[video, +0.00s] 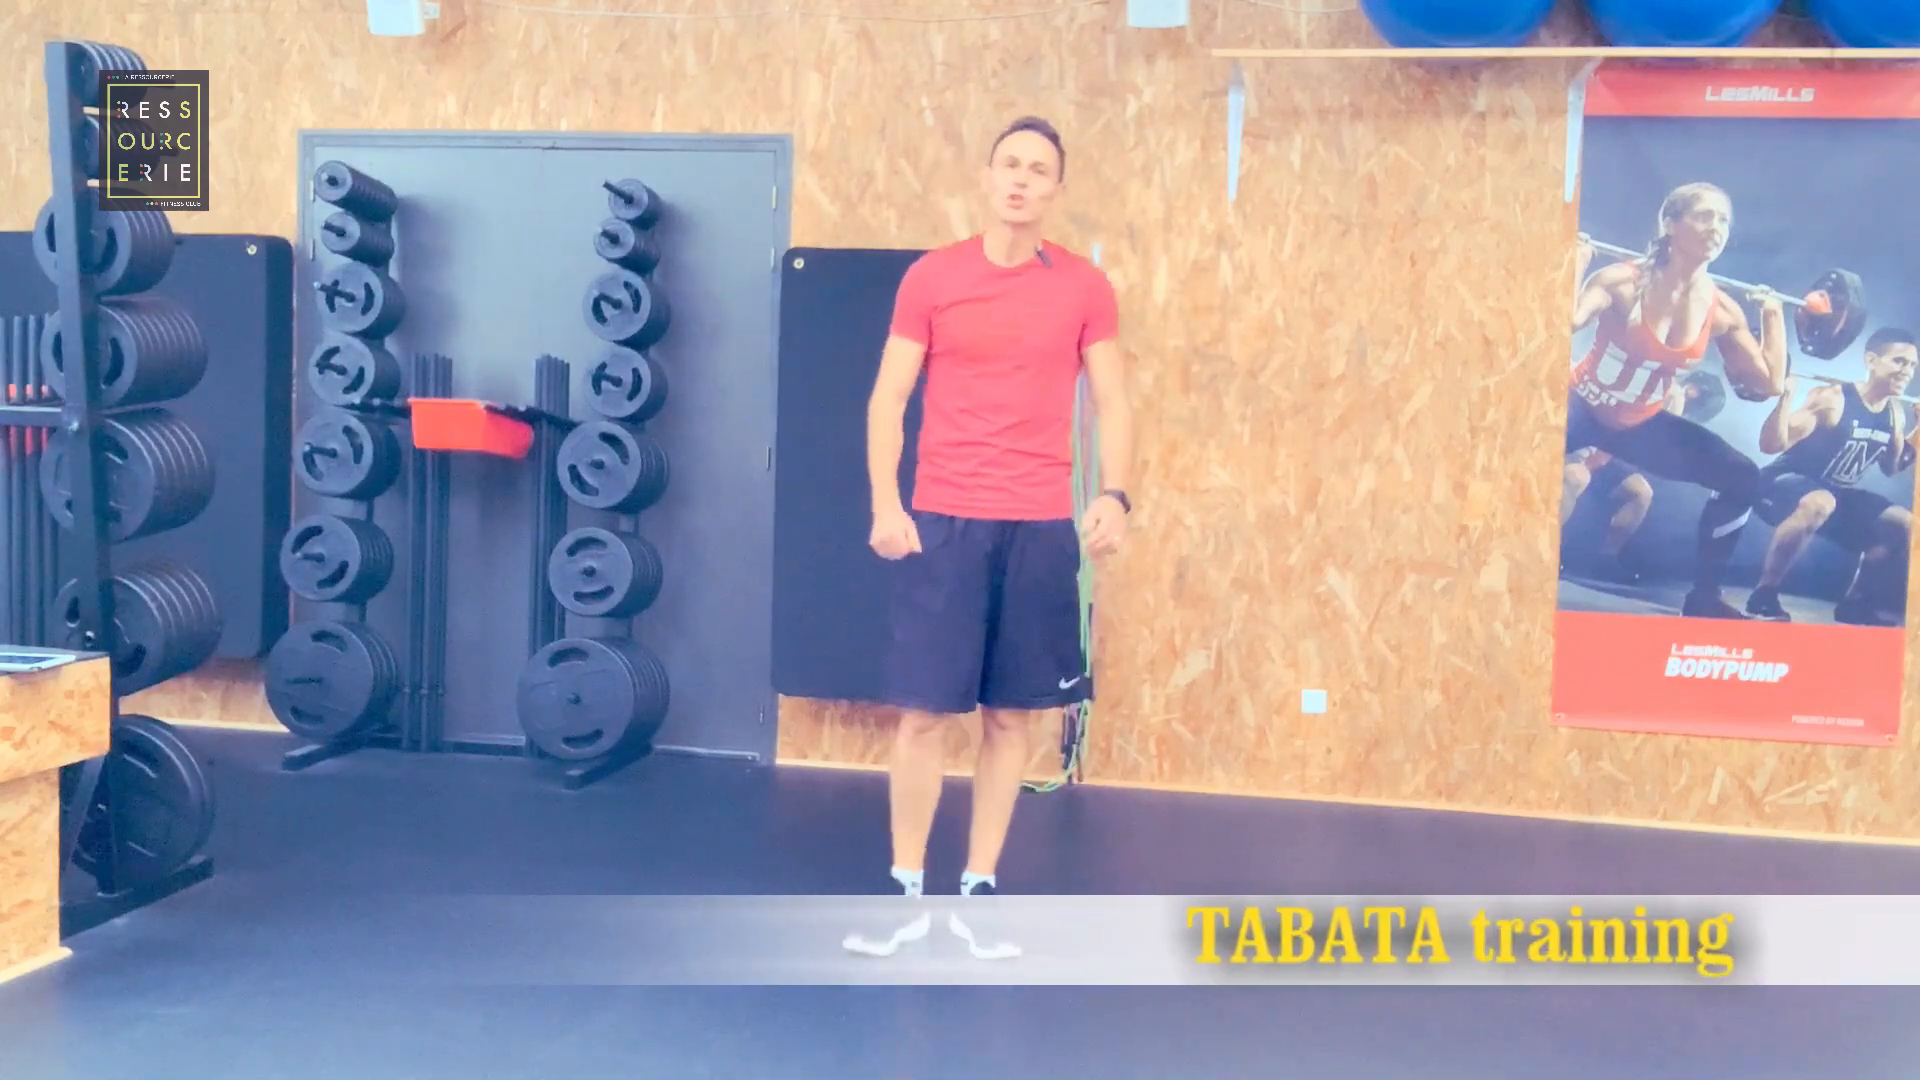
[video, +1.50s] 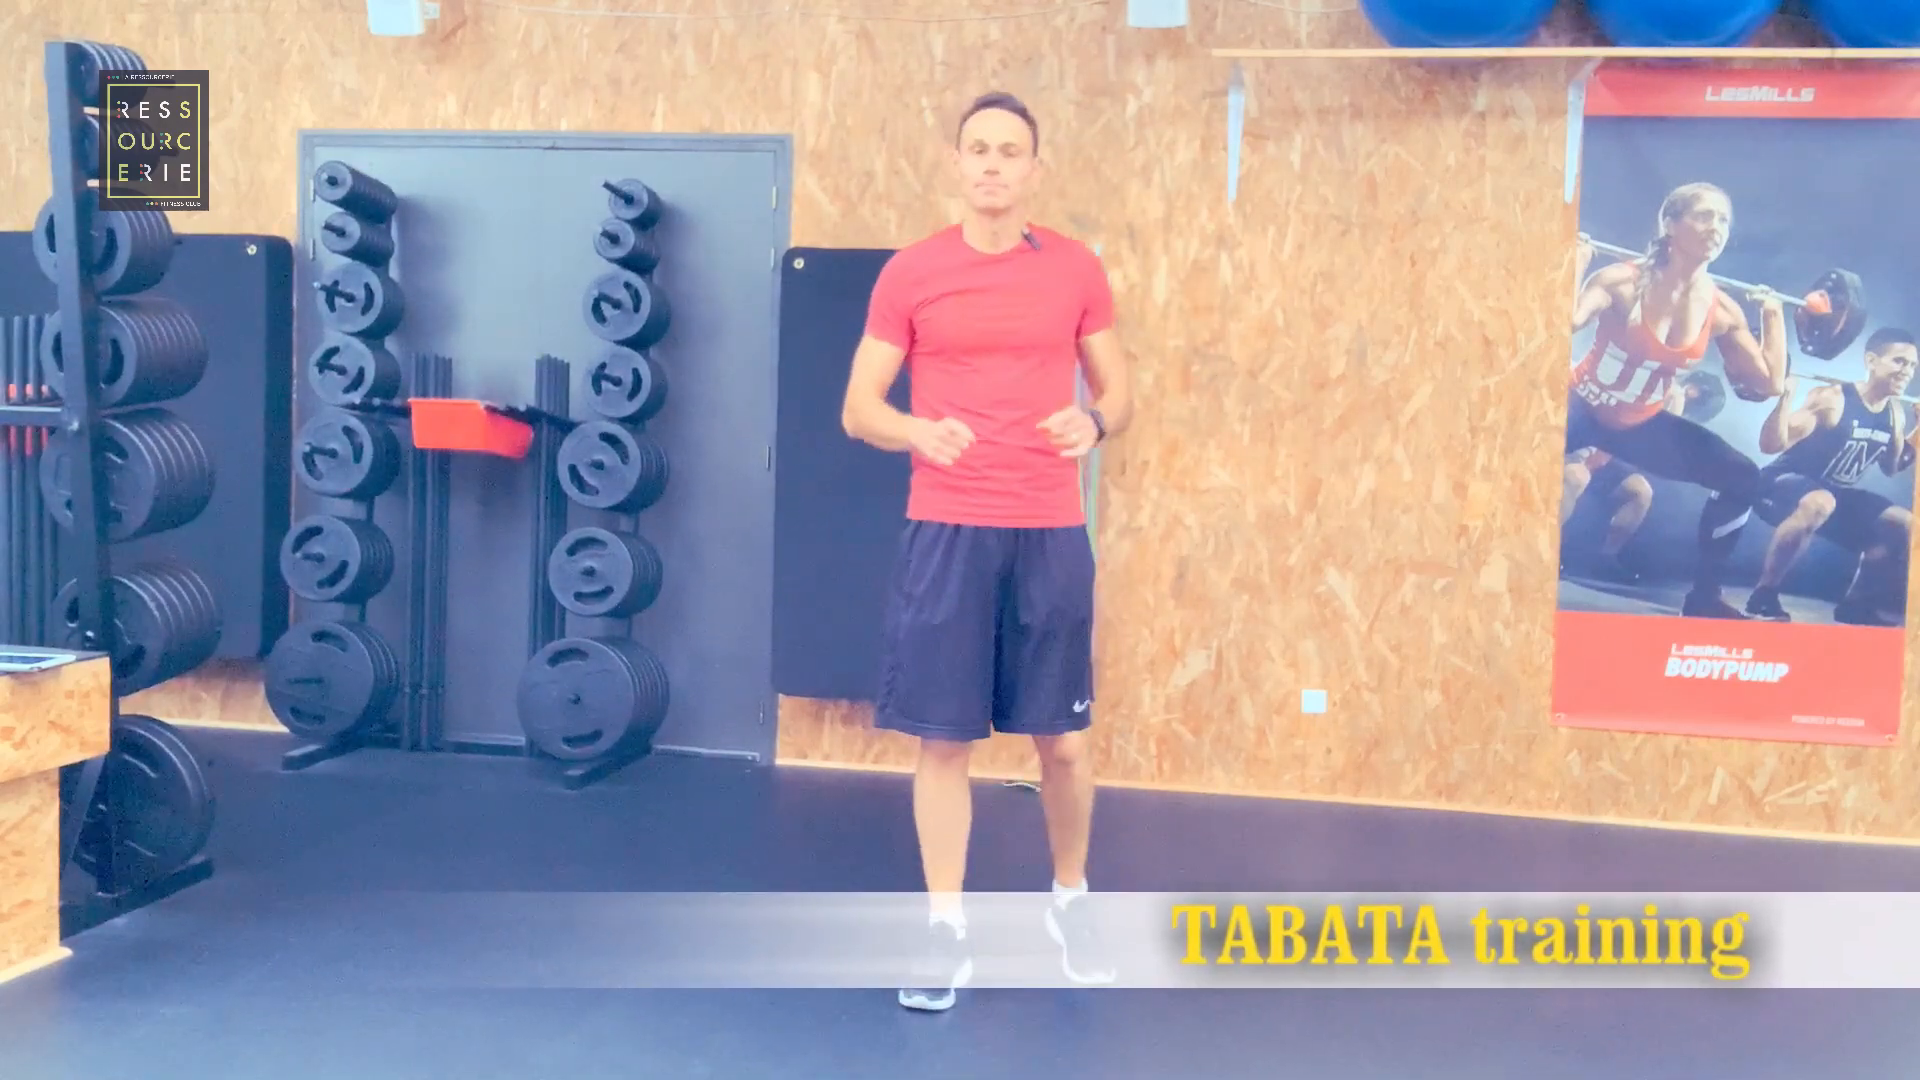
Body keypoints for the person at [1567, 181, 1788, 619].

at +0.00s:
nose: (1716, 228)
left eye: (1724, 221)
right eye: (1704, 216)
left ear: (1728, 234)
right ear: (1670, 224)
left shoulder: (1722, 310)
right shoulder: (1620, 279)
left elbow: (1768, 386)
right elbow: (1559, 324)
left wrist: (1773, 312)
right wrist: (1573, 269)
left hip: (1644, 425)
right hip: (1579, 408)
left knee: (1741, 477)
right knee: (1515, 447)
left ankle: (1705, 597)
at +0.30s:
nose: (1716, 228)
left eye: (1724, 221)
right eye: (1704, 216)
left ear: (1728, 234)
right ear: (1670, 224)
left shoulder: (1721, 310)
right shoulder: (1620, 280)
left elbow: (1770, 385)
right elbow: (1558, 325)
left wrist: (1773, 311)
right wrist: (1573, 268)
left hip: (1644, 425)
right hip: (1579, 408)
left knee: (1742, 477)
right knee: (1513, 450)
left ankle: (1705, 598)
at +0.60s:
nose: (1716, 228)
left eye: (1724, 221)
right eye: (1704, 216)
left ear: (1728, 234)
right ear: (1670, 224)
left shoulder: (1722, 310)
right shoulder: (1620, 279)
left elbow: (1769, 386)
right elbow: (1559, 325)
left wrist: (1773, 312)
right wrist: (1573, 269)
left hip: (1644, 425)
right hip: (1579, 409)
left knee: (1742, 477)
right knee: (1515, 447)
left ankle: (1705, 597)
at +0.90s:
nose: (1716, 228)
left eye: (1724, 221)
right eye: (1704, 216)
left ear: (1728, 234)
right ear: (1670, 224)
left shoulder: (1722, 310)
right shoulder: (1620, 279)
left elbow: (1768, 386)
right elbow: (1559, 325)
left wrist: (1773, 312)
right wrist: (1573, 269)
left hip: (1644, 425)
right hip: (1579, 408)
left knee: (1742, 477)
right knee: (1516, 445)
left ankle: (1705, 597)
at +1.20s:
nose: (1716, 228)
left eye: (1724, 221)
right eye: (1704, 216)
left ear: (1728, 234)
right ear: (1671, 224)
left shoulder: (1722, 310)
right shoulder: (1620, 280)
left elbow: (1769, 385)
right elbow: (1559, 325)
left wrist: (1773, 311)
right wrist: (1573, 269)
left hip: (1644, 425)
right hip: (1579, 409)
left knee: (1741, 477)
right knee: (1517, 447)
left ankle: (1705, 597)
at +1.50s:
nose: (1716, 228)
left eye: (1724, 221)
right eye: (1704, 216)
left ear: (1728, 234)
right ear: (1671, 224)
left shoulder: (1722, 310)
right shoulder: (1620, 280)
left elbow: (1769, 385)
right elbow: (1559, 325)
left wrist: (1773, 311)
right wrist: (1573, 270)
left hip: (1644, 425)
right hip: (1579, 409)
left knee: (1742, 477)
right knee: (1517, 446)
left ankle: (1705, 597)